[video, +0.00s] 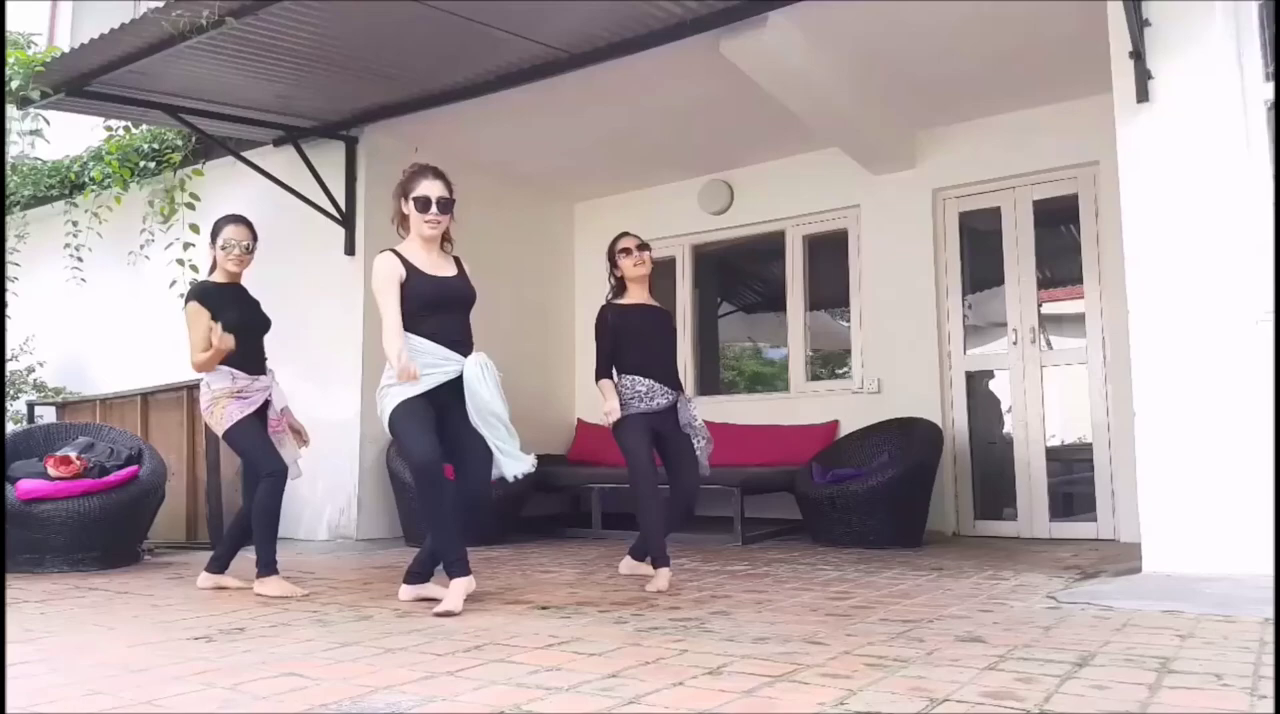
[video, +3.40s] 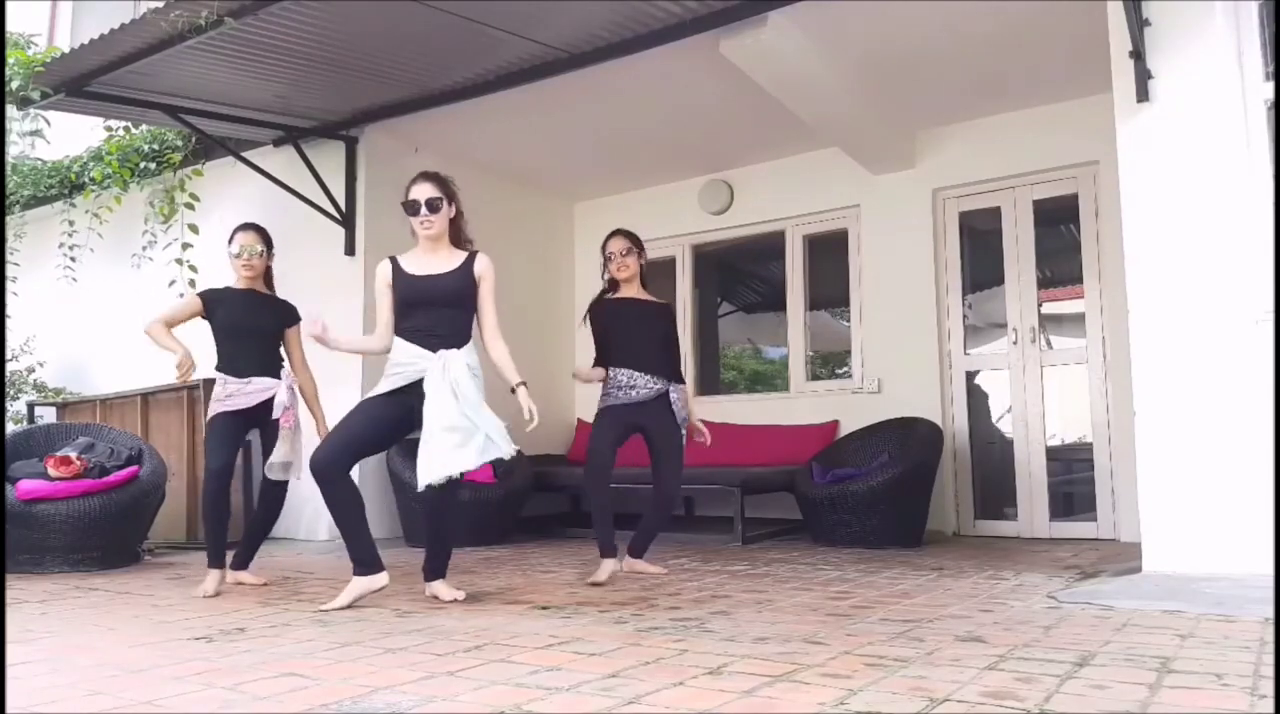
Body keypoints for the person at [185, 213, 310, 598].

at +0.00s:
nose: (238, 253)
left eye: (246, 247)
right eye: (230, 246)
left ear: (253, 252)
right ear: (213, 249)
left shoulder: (246, 296)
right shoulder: (201, 296)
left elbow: (258, 365)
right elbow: (199, 364)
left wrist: (285, 415)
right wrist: (220, 350)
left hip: (261, 393)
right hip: (226, 395)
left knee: (257, 497)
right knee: (273, 469)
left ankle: (213, 570)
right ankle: (267, 575)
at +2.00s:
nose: (249, 241)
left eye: (257, 236)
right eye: (240, 236)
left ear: (266, 246)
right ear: (227, 246)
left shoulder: (275, 300)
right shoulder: (210, 286)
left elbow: (286, 362)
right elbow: (179, 327)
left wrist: (298, 413)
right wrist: (230, 313)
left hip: (272, 390)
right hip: (230, 389)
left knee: (270, 478)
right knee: (247, 469)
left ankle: (224, 567)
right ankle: (258, 558)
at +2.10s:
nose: (249, 247)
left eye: (257, 241)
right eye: (240, 241)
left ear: (266, 250)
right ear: (227, 249)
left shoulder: (276, 301)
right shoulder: (210, 293)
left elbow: (286, 364)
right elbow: (189, 352)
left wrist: (298, 411)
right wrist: (233, 356)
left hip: (272, 392)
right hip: (229, 391)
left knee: (275, 477)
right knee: (252, 466)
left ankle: (225, 566)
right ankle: (258, 565)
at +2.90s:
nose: (247, 239)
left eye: (255, 232)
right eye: (238, 233)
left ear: (267, 238)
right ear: (229, 239)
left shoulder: (284, 291)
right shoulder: (213, 279)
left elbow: (288, 353)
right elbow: (196, 333)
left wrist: (297, 402)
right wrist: (189, 371)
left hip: (269, 387)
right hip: (225, 384)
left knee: (260, 475)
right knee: (232, 469)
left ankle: (238, 566)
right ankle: (208, 567)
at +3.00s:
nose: (249, 247)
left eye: (257, 239)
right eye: (240, 240)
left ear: (270, 246)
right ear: (230, 246)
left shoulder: (283, 299)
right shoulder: (212, 287)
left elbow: (290, 363)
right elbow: (208, 347)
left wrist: (309, 412)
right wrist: (180, 314)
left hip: (272, 392)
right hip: (227, 389)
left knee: (268, 479)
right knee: (230, 468)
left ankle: (240, 564)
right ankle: (214, 564)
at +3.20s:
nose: (249, 259)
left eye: (257, 252)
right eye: (241, 253)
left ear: (270, 257)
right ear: (231, 258)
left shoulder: (284, 308)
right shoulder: (214, 296)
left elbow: (298, 368)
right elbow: (156, 318)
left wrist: (316, 414)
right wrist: (203, 300)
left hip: (275, 398)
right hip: (230, 397)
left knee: (275, 490)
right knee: (224, 472)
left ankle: (240, 567)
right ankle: (215, 559)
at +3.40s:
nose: (246, 257)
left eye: (255, 251)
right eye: (239, 251)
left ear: (269, 258)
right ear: (229, 258)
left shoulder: (283, 310)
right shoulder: (213, 299)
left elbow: (301, 370)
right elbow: (156, 326)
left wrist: (321, 421)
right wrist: (181, 349)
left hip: (275, 399)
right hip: (229, 398)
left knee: (277, 480)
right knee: (216, 473)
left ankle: (240, 566)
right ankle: (215, 568)